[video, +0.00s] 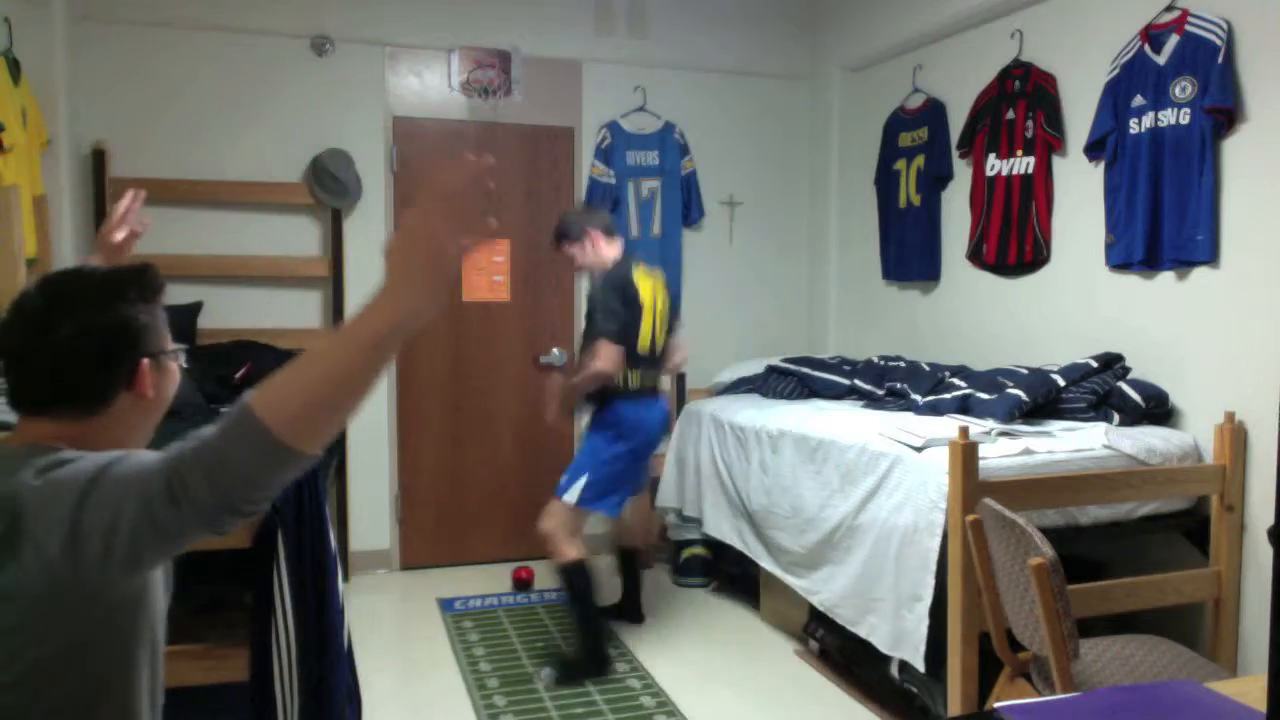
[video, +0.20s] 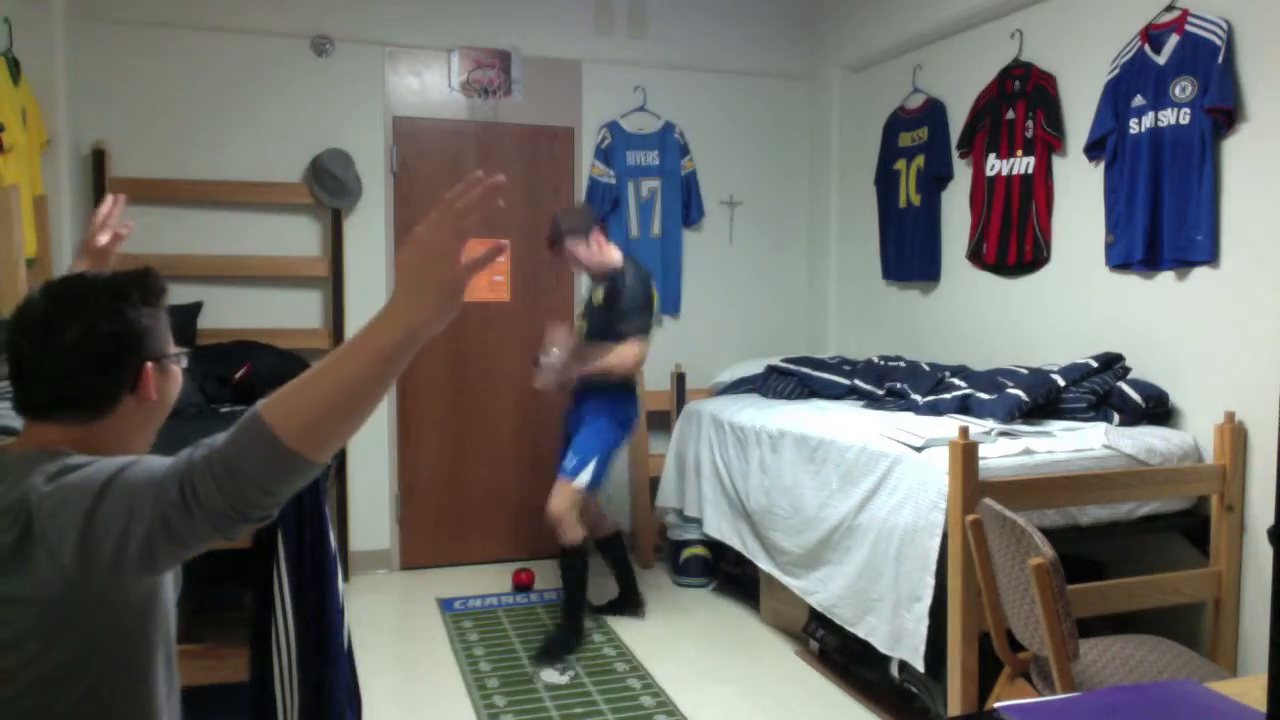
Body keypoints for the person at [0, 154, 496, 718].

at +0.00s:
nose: (180, 370)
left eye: (175, 353)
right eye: (174, 356)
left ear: (25, 365)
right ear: (142, 381)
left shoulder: (21, 475)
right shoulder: (77, 502)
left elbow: (44, 367)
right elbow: (226, 469)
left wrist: (93, 279)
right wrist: (402, 302)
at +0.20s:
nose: (183, 374)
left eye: (178, 357)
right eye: (177, 359)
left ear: (29, 369)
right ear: (146, 383)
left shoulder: (14, 476)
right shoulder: (90, 509)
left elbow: (40, 374)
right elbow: (235, 478)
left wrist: (78, 284)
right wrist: (412, 312)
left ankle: (308, 692)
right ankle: (311, 696)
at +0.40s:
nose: (176, 369)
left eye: (170, 353)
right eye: (169, 354)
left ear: (25, 370)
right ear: (139, 379)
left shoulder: (15, 476)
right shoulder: (89, 505)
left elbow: (40, 375)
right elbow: (232, 487)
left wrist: (70, 276)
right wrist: (391, 310)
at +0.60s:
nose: (181, 370)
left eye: (177, 354)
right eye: (171, 355)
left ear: (40, 368)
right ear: (133, 375)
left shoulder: (22, 483)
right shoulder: (92, 513)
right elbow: (249, 602)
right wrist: (345, 416)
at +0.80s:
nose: (137, 386)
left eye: (148, 359)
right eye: (101, 365)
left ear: (169, 361)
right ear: (16, 377)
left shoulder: (99, 480)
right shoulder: (16, 513)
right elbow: (26, 709)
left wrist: (204, 646)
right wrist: (239, 679)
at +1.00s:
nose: (66, 404)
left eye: (95, 375)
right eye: (32, 378)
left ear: (139, 374)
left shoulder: (108, 494)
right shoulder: (10, 512)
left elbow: (104, 640)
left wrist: (212, 711)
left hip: (101, 710)